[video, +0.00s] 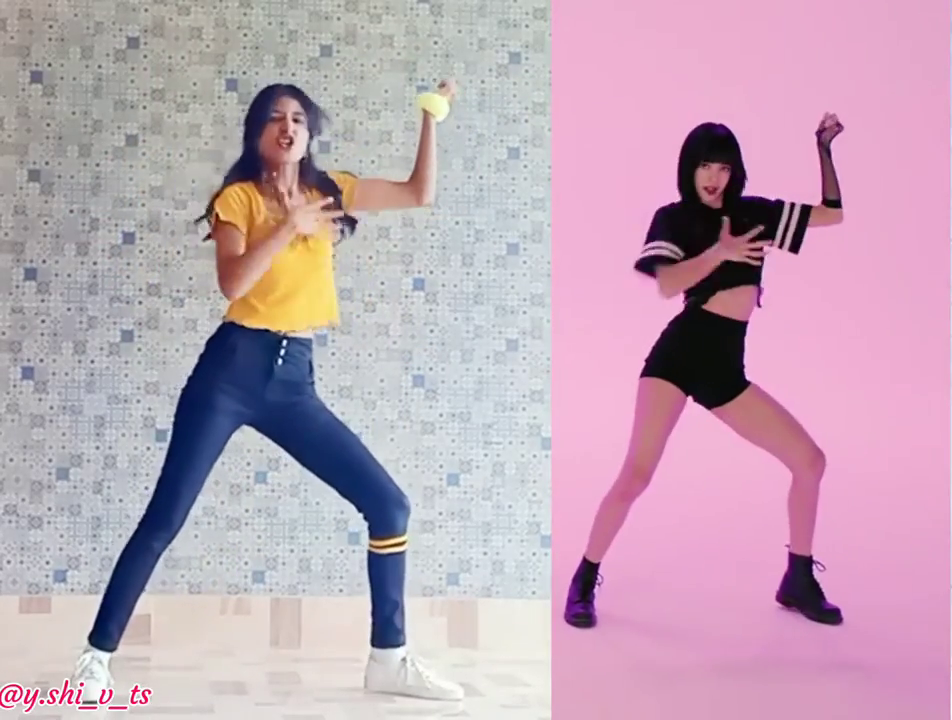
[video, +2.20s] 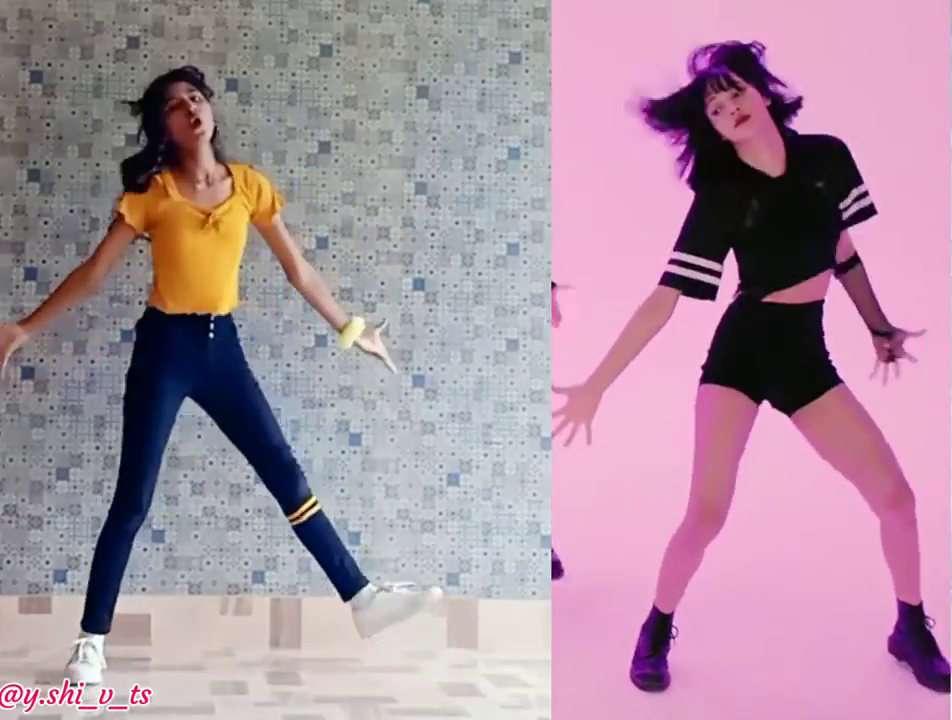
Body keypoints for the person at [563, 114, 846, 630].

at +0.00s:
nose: (713, 178)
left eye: (722, 168)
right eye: (703, 168)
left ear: (735, 170)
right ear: (688, 170)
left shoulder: (753, 213)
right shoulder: (674, 218)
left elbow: (832, 213)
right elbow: (667, 283)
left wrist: (824, 148)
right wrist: (722, 252)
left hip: (724, 367)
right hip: (677, 356)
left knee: (809, 461)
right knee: (635, 477)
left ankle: (798, 579)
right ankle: (584, 581)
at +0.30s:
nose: (707, 176)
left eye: (717, 166)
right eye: (698, 165)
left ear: (727, 169)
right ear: (681, 167)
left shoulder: (747, 209)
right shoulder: (669, 224)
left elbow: (827, 211)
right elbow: (697, 293)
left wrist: (825, 144)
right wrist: (747, 336)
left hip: (727, 367)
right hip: (680, 358)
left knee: (815, 462)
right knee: (640, 476)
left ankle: (805, 583)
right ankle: (589, 584)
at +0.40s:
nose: (704, 174)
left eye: (712, 162)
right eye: (694, 165)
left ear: (724, 165)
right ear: (679, 172)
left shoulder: (753, 210)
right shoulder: (672, 233)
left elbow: (833, 213)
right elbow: (658, 315)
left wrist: (833, 146)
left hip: (734, 372)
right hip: (686, 364)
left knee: (819, 467)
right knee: (645, 482)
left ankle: (813, 590)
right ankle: (596, 591)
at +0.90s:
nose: (772, 227)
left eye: (785, 225)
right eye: (769, 212)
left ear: (792, 236)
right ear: (750, 207)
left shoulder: (786, 280)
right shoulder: (697, 269)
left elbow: (875, 297)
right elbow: (652, 347)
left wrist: (898, 230)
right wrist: (600, 417)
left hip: (786, 409)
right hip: (730, 423)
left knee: (858, 515)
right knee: (668, 496)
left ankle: (850, 610)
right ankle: (642, 626)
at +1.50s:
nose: (738, 136)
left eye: (752, 129)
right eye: (731, 122)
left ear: (766, 140)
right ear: (713, 123)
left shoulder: (778, 192)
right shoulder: (684, 202)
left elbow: (822, 251)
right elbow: (632, 298)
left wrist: (847, 185)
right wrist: (573, 369)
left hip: (755, 363)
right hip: (697, 357)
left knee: (857, 456)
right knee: (669, 503)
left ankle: (841, 570)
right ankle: (615, 612)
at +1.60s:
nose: (746, 118)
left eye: (757, 110)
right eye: (734, 108)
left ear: (771, 122)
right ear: (714, 121)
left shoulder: (789, 198)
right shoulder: (690, 202)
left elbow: (788, 275)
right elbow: (647, 296)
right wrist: (598, 377)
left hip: (765, 359)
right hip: (704, 357)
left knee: (841, 487)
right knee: (672, 506)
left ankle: (819, 581)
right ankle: (619, 616)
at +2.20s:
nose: (727, 106)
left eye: (733, 89)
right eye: (713, 103)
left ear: (762, 91)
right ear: (709, 124)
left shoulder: (825, 157)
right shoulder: (722, 189)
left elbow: (843, 250)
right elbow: (667, 294)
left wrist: (880, 327)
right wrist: (594, 385)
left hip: (804, 351)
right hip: (740, 350)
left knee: (894, 494)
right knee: (707, 515)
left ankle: (912, 628)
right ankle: (656, 631)